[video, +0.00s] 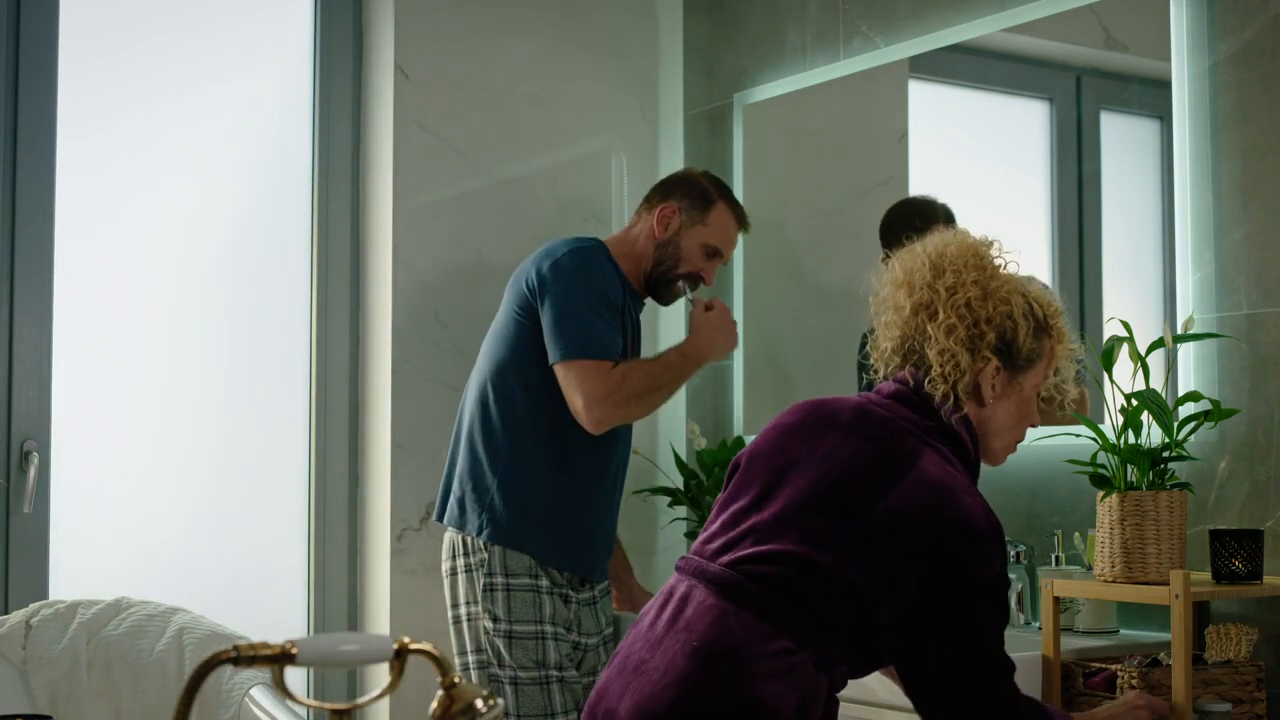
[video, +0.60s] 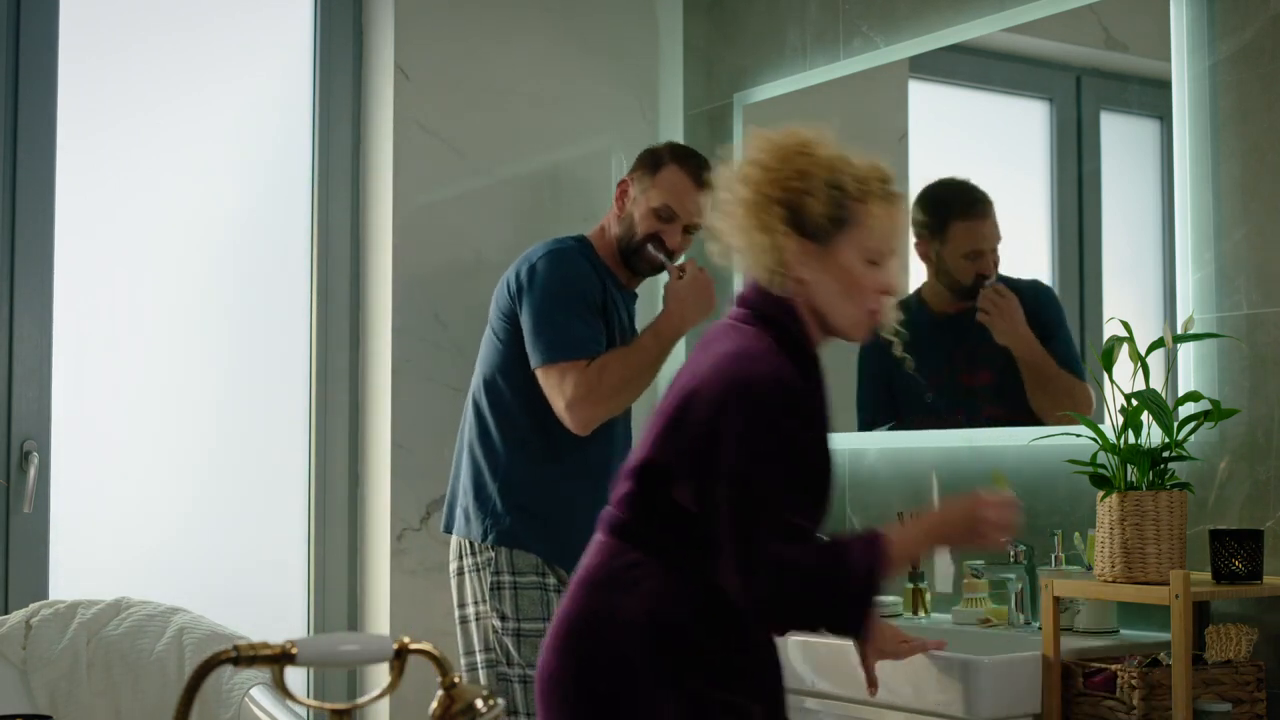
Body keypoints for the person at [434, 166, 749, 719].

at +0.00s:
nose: (709, 277)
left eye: (720, 263)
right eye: (710, 253)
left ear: (664, 222)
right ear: (665, 220)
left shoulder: (624, 310)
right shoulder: (577, 266)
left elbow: (578, 471)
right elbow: (598, 403)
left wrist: (629, 593)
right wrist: (699, 350)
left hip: (578, 568)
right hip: (511, 561)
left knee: (601, 710)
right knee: (537, 712)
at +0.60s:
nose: (673, 240)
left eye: (689, 231)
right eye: (663, 215)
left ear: (696, 234)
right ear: (622, 196)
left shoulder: (618, 301)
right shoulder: (557, 268)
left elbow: (596, 429)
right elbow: (581, 404)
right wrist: (674, 320)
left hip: (566, 549)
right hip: (512, 549)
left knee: (574, 705)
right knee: (528, 709)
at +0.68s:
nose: (658, 224)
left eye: (672, 210)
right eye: (648, 204)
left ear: (684, 216)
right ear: (613, 194)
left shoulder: (618, 299)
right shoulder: (549, 270)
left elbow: (616, 408)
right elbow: (577, 404)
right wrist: (669, 323)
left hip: (566, 543)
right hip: (509, 546)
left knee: (577, 701)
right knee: (520, 705)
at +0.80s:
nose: (644, 212)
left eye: (654, 196)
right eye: (634, 193)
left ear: (665, 208)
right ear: (601, 187)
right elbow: (572, 417)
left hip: (583, 528)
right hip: (506, 537)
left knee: (594, 695)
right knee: (518, 698)